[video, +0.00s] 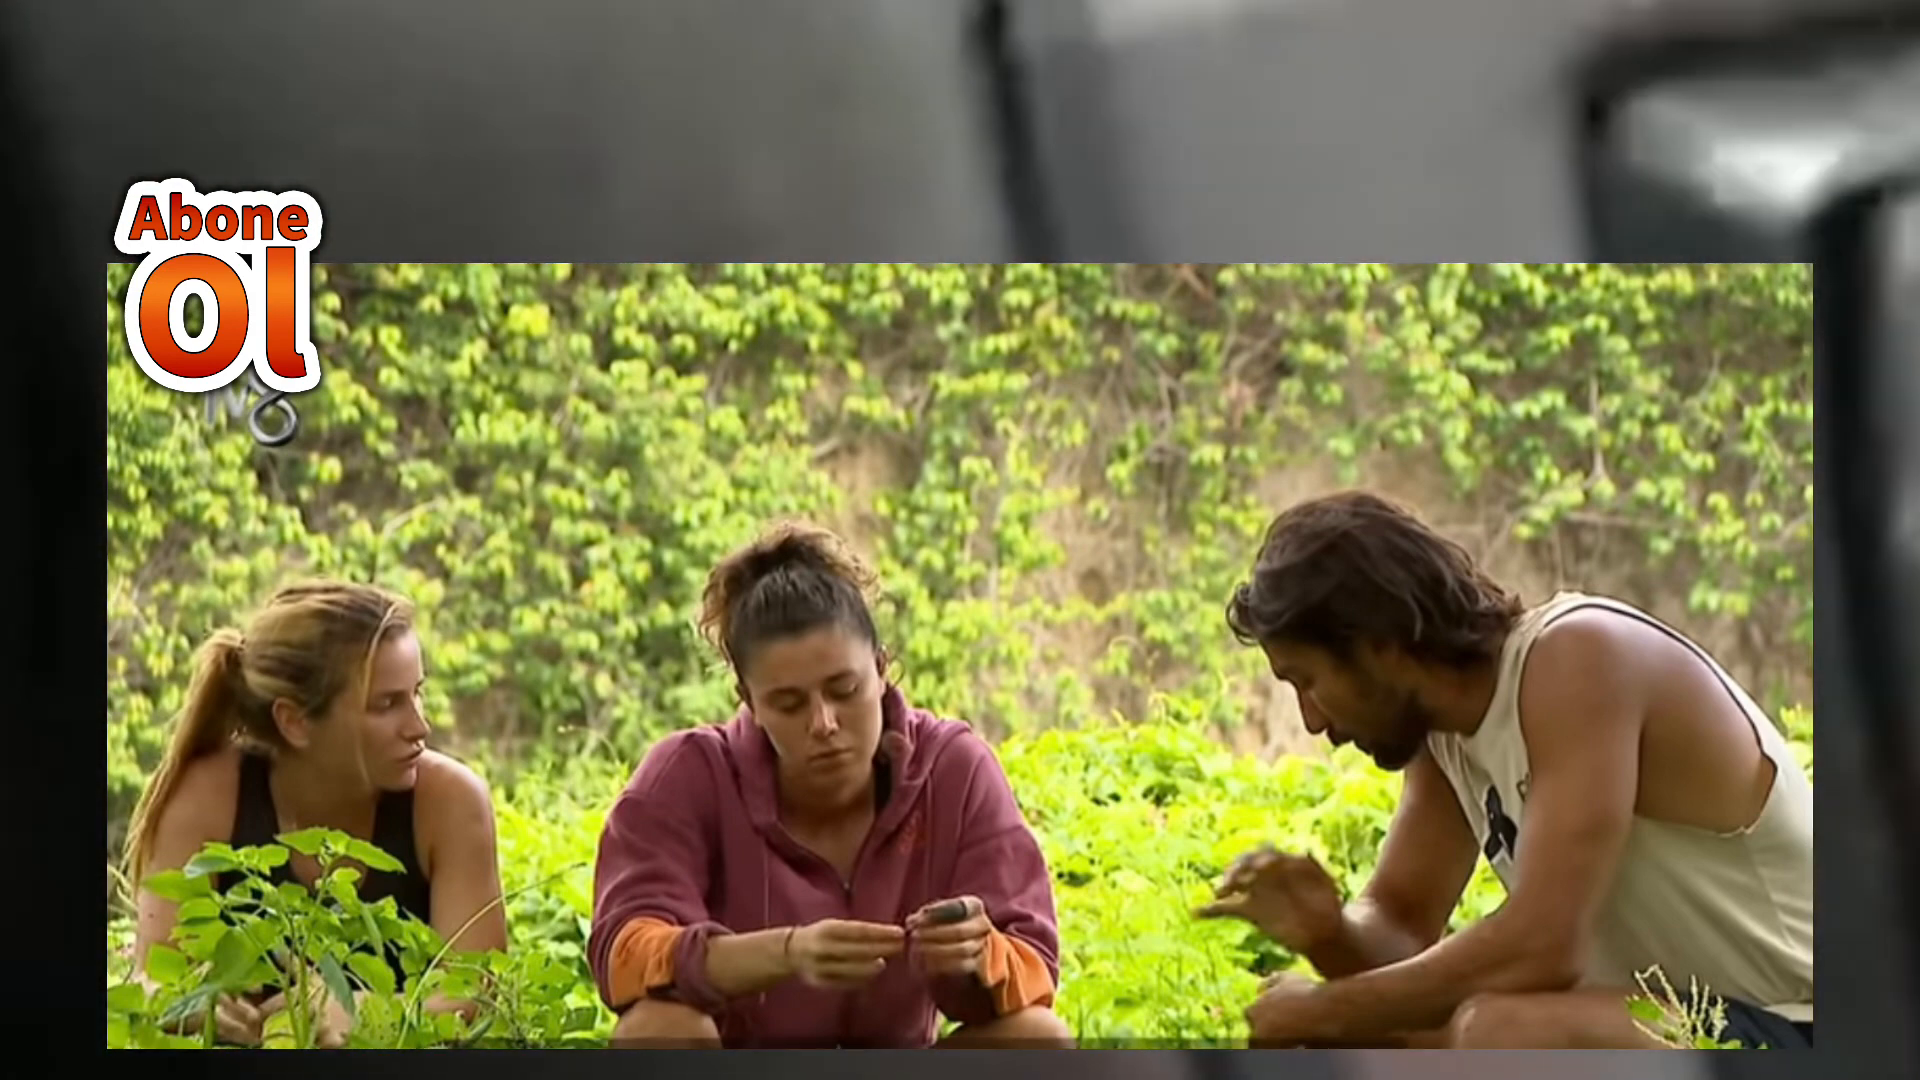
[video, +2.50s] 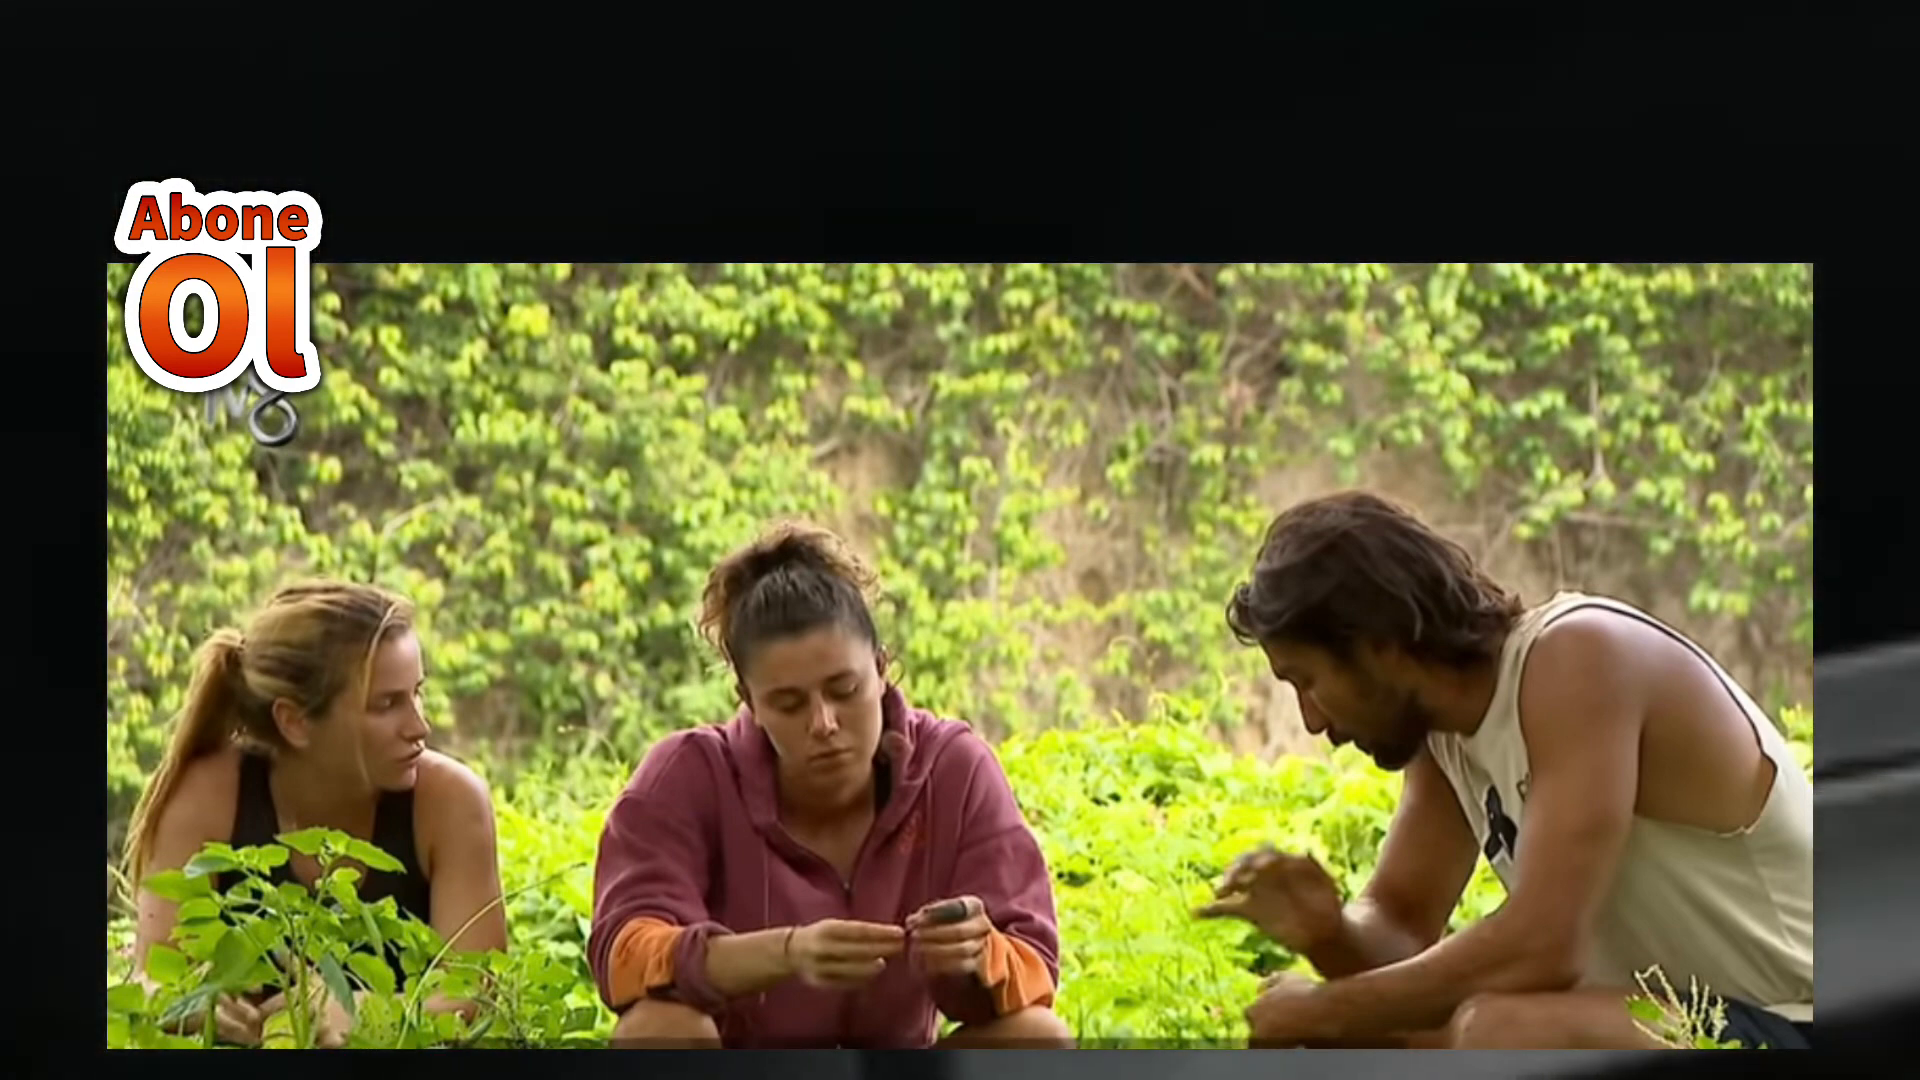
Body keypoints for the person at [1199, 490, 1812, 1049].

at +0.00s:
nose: (1310, 723)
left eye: (1305, 686)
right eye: (1295, 693)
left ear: (1385, 643)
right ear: (1385, 645)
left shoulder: (1584, 656)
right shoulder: (1451, 731)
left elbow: (1540, 950)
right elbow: (1403, 925)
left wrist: (1323, 1014)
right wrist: (1331, 933)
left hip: (1791, 1020)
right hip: (1659, 1004)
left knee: (1502, 1026)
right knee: (1375, 1032)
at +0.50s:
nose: (1312, 724)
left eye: (1306, 687)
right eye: (1296, 693)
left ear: (1383, 644)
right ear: (1383, 644)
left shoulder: (1584, 657)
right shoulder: (1450, 729)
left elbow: (1539, 950)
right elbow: (1403, 927)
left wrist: (1324, 1014)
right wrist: (1330, 932)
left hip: (1790, 1019)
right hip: (1653, 1003)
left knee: (1502, 1027)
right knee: (1377, 1029)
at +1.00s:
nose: (1310, 722)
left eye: (1305, 686)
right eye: (1295, 692)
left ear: (1384, 641)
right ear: (1384, 643)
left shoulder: (1584, 656)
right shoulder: (1451, 733)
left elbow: (1540, 950)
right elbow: (1402, 925)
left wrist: (1328, 1014)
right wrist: (1330, 933)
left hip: (1789, 1012)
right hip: (1653, 1003)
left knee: (1498, 1025)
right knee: (1378, 1028)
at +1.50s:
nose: (1310, 723)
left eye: (1305, 686)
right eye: (1295, 693)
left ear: (1385, 643)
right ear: (1385, 645)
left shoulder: (1584, 656)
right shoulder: (1451, 730)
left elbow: (1540, 950)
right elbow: (1403, 925)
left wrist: (1327, 1015)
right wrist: (1330, 934)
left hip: (1789, 1016)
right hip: (1653, 1002)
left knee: (1502, 1025)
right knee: (1386, 1025)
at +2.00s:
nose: (1310, 723)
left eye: (1305, 686)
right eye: (1295, 693)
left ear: (1385, 643)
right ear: (1385, 644)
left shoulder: (1584, 656)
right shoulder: (1451, 730)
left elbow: (1540, 950)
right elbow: (1402, 925)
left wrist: (1326, 1015)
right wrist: (1330, 934)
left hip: (1788, 1016)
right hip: (1653, 1001)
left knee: (1501, 1025)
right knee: (1384, 1024)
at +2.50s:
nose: (1310, 723)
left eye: (1305, 686)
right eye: (1295, 692)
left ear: (1385, 642)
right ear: (1385, 644)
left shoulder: (1584, 656)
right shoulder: (1451, 732)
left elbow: (1540, 950)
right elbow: (1402, 924)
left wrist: (1324, 1015)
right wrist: (1330, 934)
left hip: (1791, 1012)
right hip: (1656, 1001)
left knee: (1501, 1024)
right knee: (1382, 1027)